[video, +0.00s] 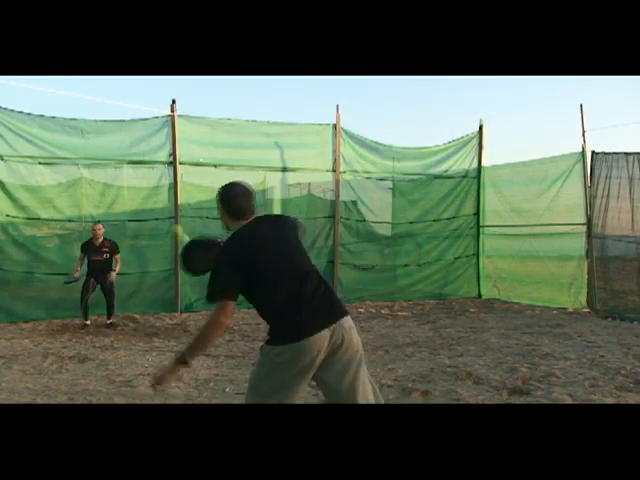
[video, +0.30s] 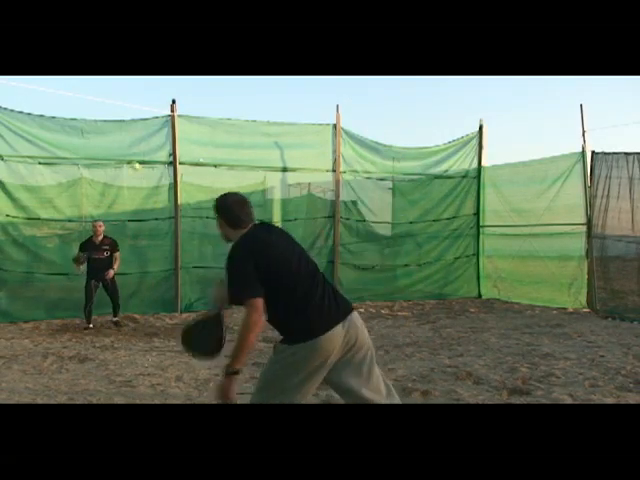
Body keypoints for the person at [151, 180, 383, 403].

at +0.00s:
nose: (220, 215)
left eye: (220, 210)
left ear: (223, 213)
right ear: (253, 205)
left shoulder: (231, 251)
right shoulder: (284, 223)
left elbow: (222, 319)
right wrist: (231, 250)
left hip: (294, 340)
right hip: (340, 323)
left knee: (263, 398)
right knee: (361, 398)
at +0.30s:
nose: (218, 226)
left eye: (218, 221)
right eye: (218, 220)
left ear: (223, 224)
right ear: (249, 214)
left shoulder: (241, 254)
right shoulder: (271, 231)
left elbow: (256, 316)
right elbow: (272, 281)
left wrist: (231, 373)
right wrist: (227, 299)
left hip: (310, 341)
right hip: (347, 321)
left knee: (268, 400)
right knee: (380, 397)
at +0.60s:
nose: (298, 216)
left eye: (298, 211)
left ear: (301, 214)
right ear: (328, 211)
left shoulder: (300, 247)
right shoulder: (352, 238)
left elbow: (311, 313)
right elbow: (375, 289)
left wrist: (289, 351)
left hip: (342, 351)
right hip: (384, 340)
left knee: (285, 399)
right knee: (390, 400)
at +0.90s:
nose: (346, 196)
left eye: (346, 192)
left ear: (349, 195)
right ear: (377, 198)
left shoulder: (336, 228)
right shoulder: (399, 228)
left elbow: (326, 288)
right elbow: (419, 286)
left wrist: (308, 308)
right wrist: (392, 302)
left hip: (357, 340)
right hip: (403, 335)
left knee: (325, 399)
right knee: (411, 399)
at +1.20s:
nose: (332, 192)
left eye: (333, 189)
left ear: (334, 194)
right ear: (363, 195)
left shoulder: (318, 229)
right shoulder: (383, 228)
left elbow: (284, 273)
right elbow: (414, 282)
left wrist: (295, 247)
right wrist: (388, 281)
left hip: (335, 342)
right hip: (383, 337)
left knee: (310, 400)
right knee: (402, 399)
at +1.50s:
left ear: (280, 199)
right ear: (311, 200)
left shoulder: (266, 233)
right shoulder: (326, 229)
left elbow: (250, 287)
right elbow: (326, 275)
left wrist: (231, 307)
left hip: (314, 339)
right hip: (356, 320)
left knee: (297, 399)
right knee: (389, 396)